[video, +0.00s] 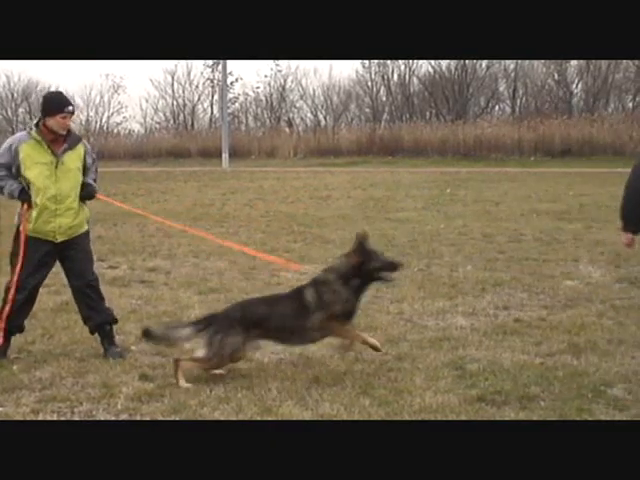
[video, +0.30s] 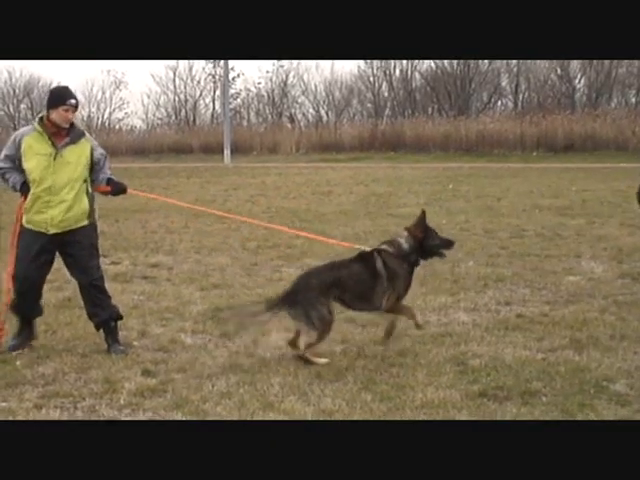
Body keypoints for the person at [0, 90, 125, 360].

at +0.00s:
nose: (67, 121)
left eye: (70, 116)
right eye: (62, 116)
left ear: (72, 117)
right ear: (46, 117)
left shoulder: (80, 146)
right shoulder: (18, 145)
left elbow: (91, 168)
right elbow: (3, 175)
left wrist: (89, 185)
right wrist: (17, 190)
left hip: (74, 230)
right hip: (36, 232)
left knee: (87, 283)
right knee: (22, 288)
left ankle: (108, 341)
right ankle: (4, 340)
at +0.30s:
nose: (70, 115)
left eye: (73, 110)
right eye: (65, 109)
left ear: (76, 112)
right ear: (50, 109)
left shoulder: (85, 142)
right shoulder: (23, 138)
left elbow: (100, 171)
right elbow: (6, 165)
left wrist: (107, 184)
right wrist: (20, 183)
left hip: (77, 225)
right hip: (36, 225)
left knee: (92, 279)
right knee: (24, 279)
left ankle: (111, 337)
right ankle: (25, 328)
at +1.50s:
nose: (55, 97)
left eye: (57, 92)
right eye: (50, 92)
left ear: (54, 93)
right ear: (33, 92)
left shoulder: (59, 126)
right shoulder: (7, 120)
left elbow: (67, 161)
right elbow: (3, 157)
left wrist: (85, 166)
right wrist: (5, 173)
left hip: (52, 206)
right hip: (15, 207)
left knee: (67, 260)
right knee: (4, 266)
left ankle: (89, 310)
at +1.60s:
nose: (45, 98)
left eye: (46, 93)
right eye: (40, 93)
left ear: (42, 94)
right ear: (22, 94)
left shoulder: (47, 126)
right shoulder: (3, 123)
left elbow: (52, 162)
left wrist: (69, 168)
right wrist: (2, 178)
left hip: (40, 207)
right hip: (7, 210)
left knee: (56, 260)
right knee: (0, 264)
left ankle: (79, 311)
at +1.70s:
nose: (37, 98)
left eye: (38, 93)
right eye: (32, 93)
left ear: (36, 95)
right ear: (14, 94)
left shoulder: (38, 125)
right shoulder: (3, 121)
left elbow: (43, 161)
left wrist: (58, 168)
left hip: (33, 207)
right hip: (5, 210)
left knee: (48, 260)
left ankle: (72, 311)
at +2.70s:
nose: (2, 102)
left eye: (2, 96)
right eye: (2, 97)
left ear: (4, 98)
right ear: (3, 99)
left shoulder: (11, 130)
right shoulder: (11, 131)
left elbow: (21, 157)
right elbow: (21, 157)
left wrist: (25, 172)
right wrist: (24, 171)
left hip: (6, 207)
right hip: (5, 208)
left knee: (13, 263)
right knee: (11, 263)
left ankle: (34, 319)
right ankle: (33, 318)